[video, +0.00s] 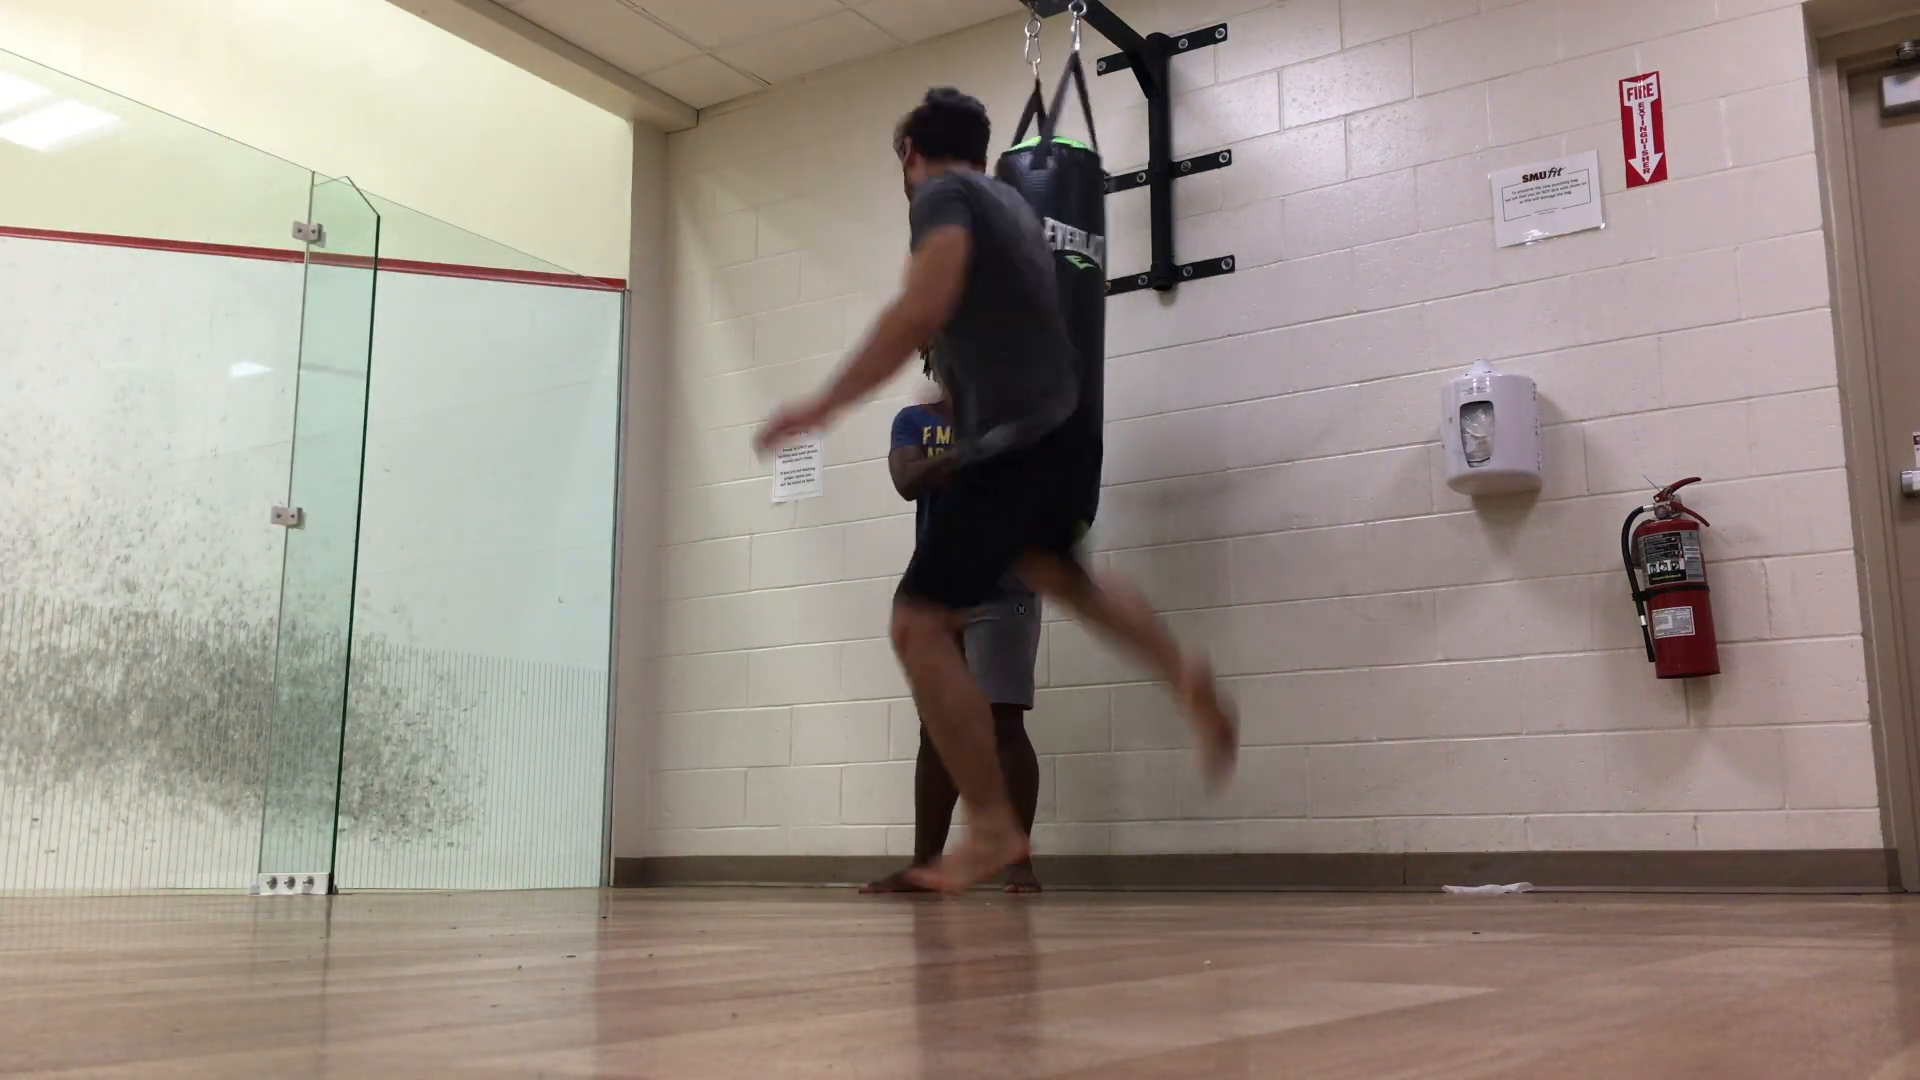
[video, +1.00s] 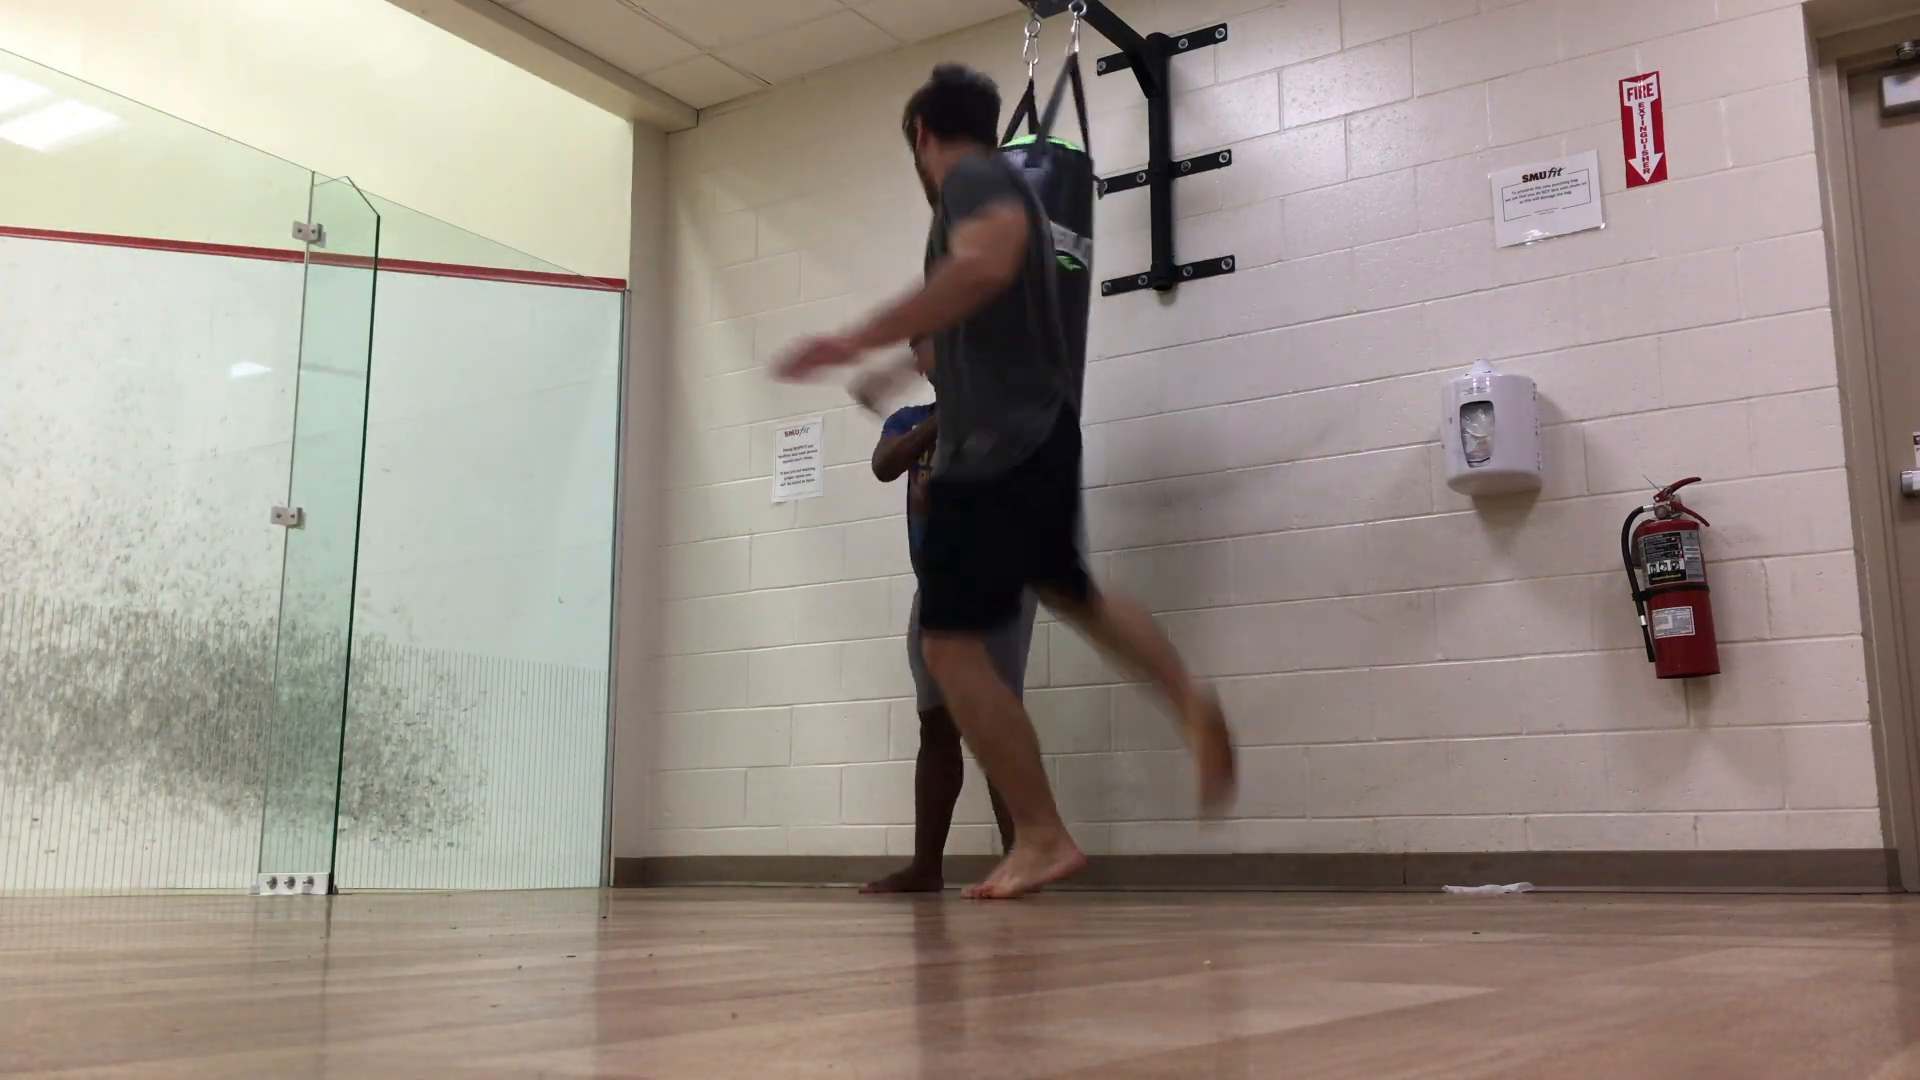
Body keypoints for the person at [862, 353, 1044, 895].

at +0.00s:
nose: (934, 359)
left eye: (943, 348)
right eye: (928, 350)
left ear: (973, 357)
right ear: (925, 359)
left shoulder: (1012, 422)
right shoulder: (915, 419)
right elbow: (906, 481)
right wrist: (973, 452)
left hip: (1007, 589)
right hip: (943, 593)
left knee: (1005, 723)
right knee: (938, 725)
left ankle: (1018, 855)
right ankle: (927, 861)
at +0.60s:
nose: (940, 354)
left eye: (949, 342)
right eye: (931, 346)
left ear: (975, 350)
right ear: (922, 359)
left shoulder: (1013, 420)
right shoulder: (913, 422)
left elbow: (1051, 488)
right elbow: (897, 474)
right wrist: (935, 444)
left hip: (1010, 594)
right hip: (942, 595)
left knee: (1009, 728)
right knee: (939, 727)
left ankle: (1015, 857)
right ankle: (927, 862)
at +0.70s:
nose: (937, 358)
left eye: (946, 348)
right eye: (929, 350)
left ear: (972, 354)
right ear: (921, 360)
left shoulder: (1001, 416)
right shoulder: (910, 420)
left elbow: (1052, 486)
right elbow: (889, 469)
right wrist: (949, 413)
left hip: (998, 602)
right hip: (938, 600)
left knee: (1004, 731)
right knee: (937, 731)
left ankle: (1014, 857)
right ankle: (926, 863)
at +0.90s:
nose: (930, 359)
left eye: (938, 348)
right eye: (923, 352)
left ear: (965, 351)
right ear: (919, 362)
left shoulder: (1000, 418)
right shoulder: (918, 413)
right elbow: (881, 473)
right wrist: (922, 435)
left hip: (1004, 584)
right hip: (944, 588)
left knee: (997, 714)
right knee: (940, 718)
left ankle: (1018, 854)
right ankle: (926, 862)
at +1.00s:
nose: (928, 357)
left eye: (934, 345)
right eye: (922, 348)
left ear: (961, 351)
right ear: (917, 360)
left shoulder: (993, 418)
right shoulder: (912, 418)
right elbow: (883, 465)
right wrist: (946, 413)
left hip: (1001, 593)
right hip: (937, 595)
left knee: (999, 723)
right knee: (937, 729)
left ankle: (1016, 855)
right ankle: (926, 864)